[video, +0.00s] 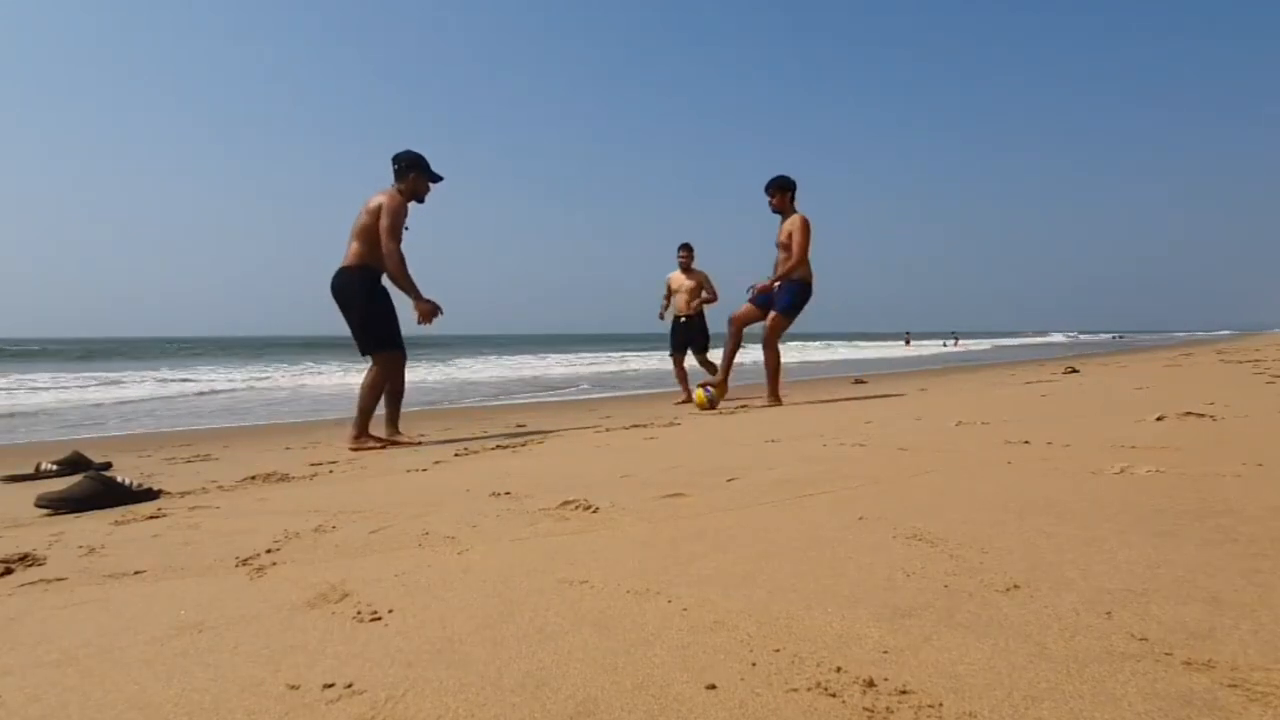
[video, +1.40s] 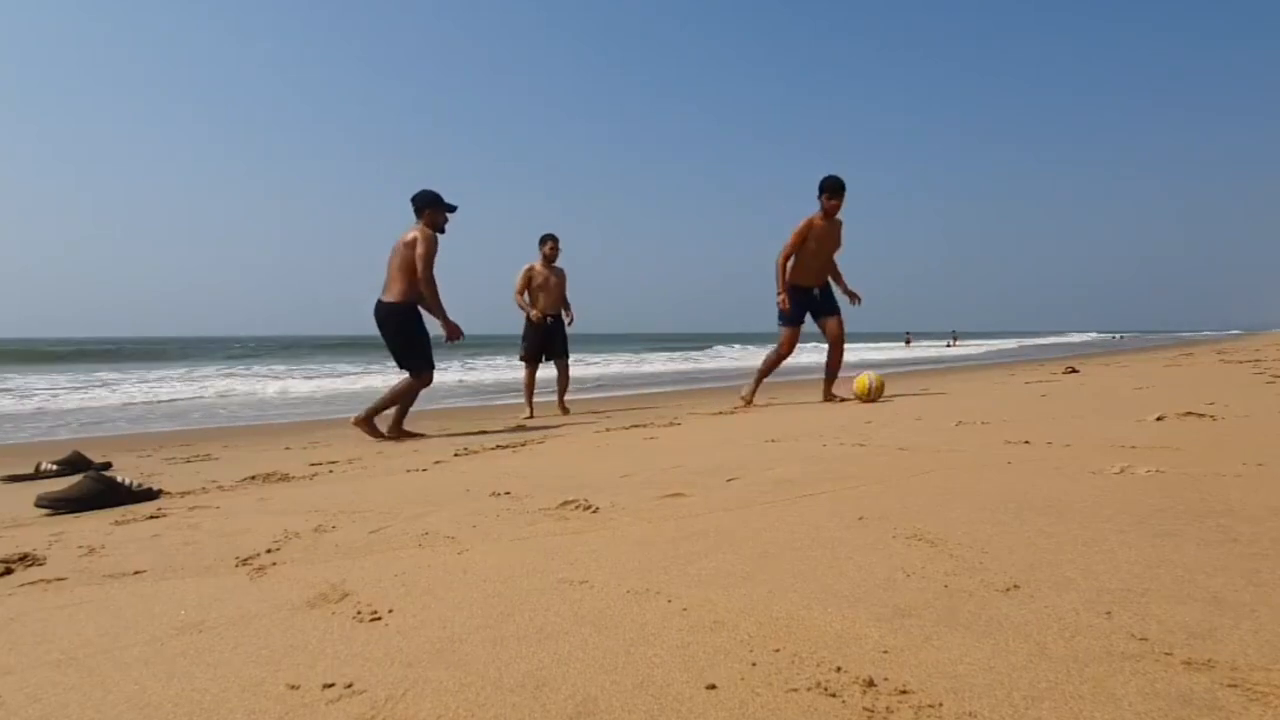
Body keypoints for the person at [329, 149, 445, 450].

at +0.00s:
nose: (429, 188)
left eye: (429, 182)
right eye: (426, 181)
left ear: (405, 179)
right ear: (410, 178)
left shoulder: (388, 203)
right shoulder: (391, 202)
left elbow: (390, 262)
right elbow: (390, 256)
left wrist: (417, 299)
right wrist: (418, 298)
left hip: (366, 283)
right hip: (357, 283)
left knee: (396, 358)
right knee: (384, 359)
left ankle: (392, 431)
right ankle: (358, 433)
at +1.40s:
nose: (447, 218)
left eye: (446, 213)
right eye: (442, 212)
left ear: (423, 214)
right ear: (427, 213)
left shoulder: (408, 238)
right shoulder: (425, 237)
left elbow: (416, 292)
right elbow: (425, 281)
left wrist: (445, 321)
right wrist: (445, 320)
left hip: (387, 307)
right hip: (402, 310)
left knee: (419, 374)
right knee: (423, 376)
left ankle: (395, 426)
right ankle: (367, 416)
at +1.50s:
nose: (455, 225)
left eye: (455, 220)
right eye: (451, 220)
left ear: (432, 221)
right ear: (436, 220)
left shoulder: (418, 243)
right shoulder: (433, 242)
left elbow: (422, 298)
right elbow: (429, 285)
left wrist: (449, 326)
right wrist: (448, 325)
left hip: (390, 311)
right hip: (403, 313)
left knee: (426, 372)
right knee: (439, 375)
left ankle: (397, 425)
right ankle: (384, 414)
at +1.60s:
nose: (465, 228)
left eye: (465, 223)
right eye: (461, 222)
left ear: (441, 222)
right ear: (445, 221)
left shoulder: (424, 244)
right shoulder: (439, 245)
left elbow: (427, 297)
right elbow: (432, 286)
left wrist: (451, 330)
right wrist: (448, 329)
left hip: (392, 311)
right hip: (407, 312)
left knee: (427, 368)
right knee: (457, 367)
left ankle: (398, 424)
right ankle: (413, 415)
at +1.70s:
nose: (475, 220)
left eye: (475, 215)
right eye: (471, 214)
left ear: (452, 214)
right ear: (454, 213)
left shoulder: (433, 236)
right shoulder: (445, 238)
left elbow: (433, 286)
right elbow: (437, 281)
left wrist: (454, 323)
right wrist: (450, 322)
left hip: (399, 307)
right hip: (416, 307)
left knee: (423, 368)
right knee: (470, 359)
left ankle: (395, 427)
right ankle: (447, 423)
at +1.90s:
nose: (498, 186)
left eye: (498, 180)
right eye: (494, 180)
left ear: (475, 180)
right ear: (476, 178)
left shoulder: (463, 208)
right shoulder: (461, 203)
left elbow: (462, 261)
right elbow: (447, 244)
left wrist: (475, 304)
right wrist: (464, 292)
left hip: (426, 278)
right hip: (429, 278)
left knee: (447, 351)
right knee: (459, 348)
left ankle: (431, 419)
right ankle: (447, 420)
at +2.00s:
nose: (507, 177)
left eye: (507, 171)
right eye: (503, 170)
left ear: (486, 171)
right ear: (483, 169)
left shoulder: (481, 212)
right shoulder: (463, 193)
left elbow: (479, 260)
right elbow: (446, 235)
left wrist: (495, 302)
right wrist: (460, 283)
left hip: (444, 275)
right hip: (431, 271)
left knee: (465, 346)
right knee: (466, 344)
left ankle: (446, 420)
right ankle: (439, 419)